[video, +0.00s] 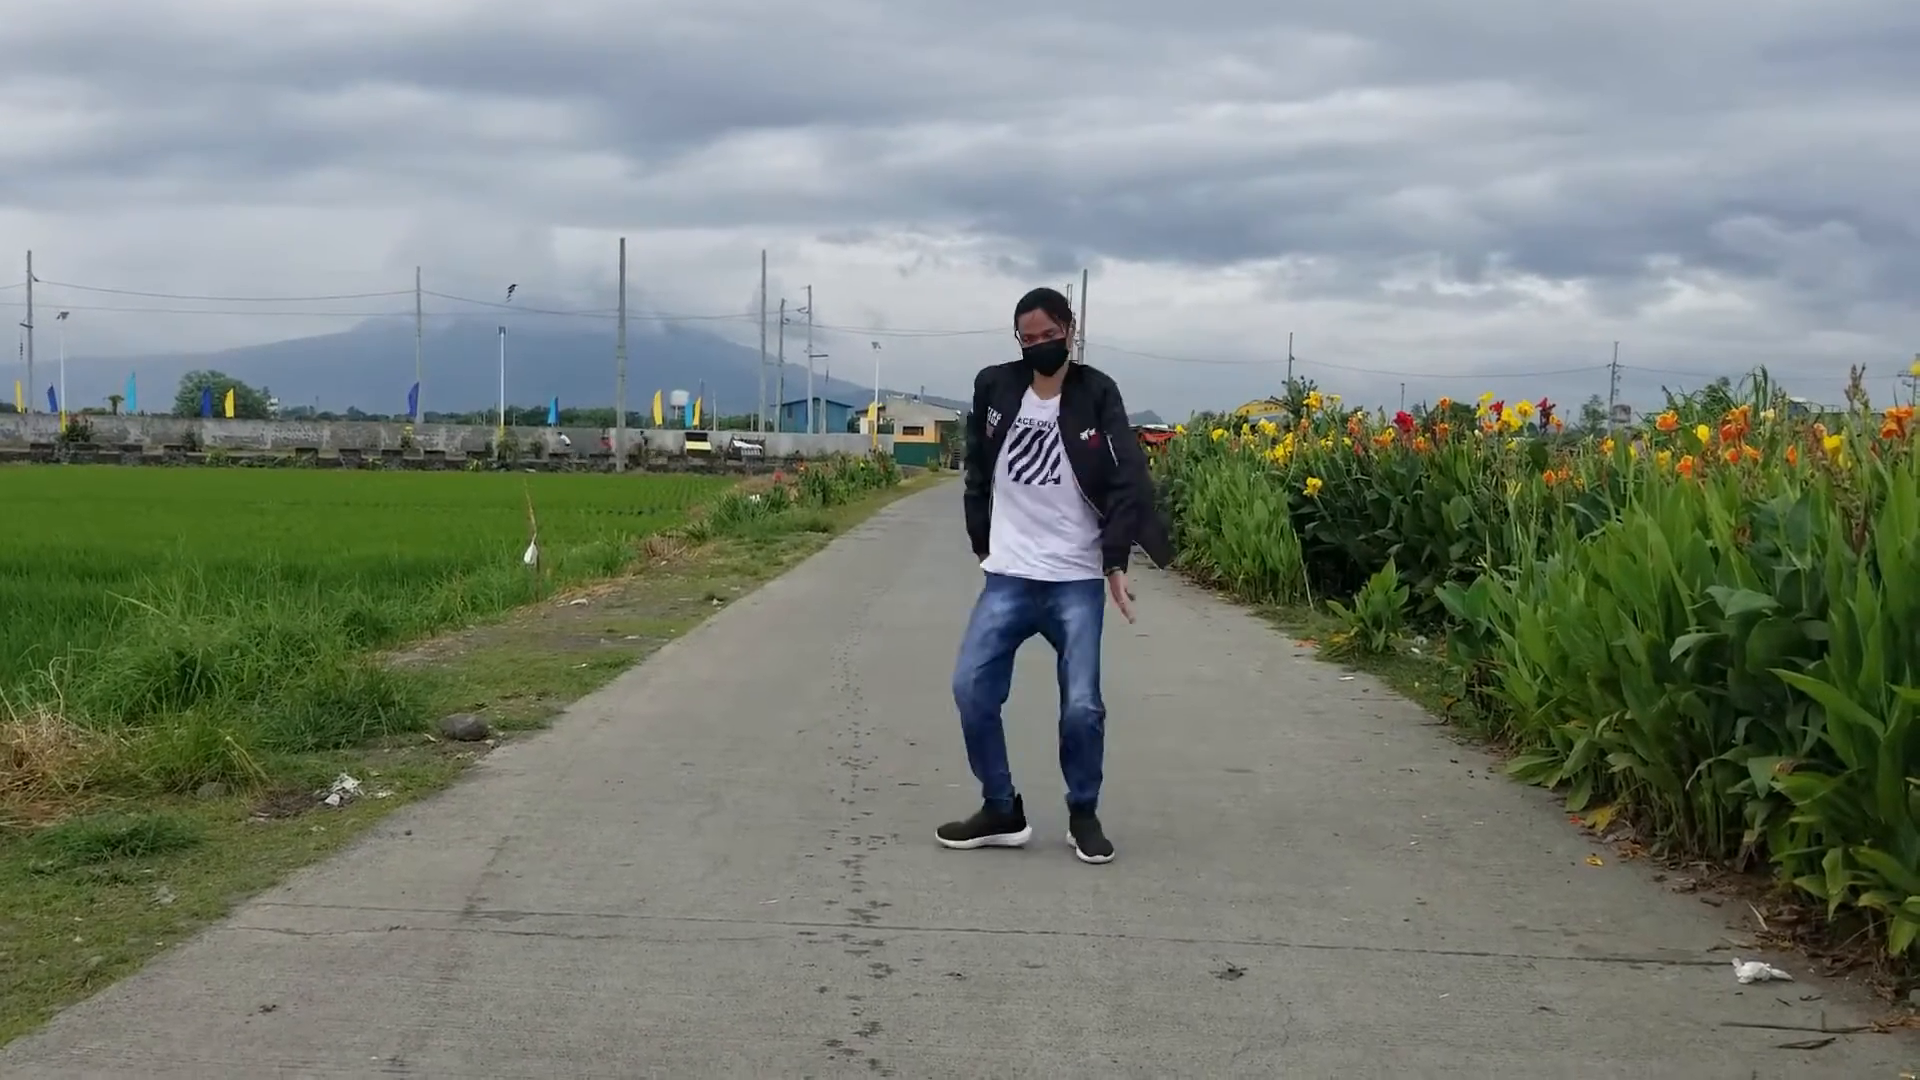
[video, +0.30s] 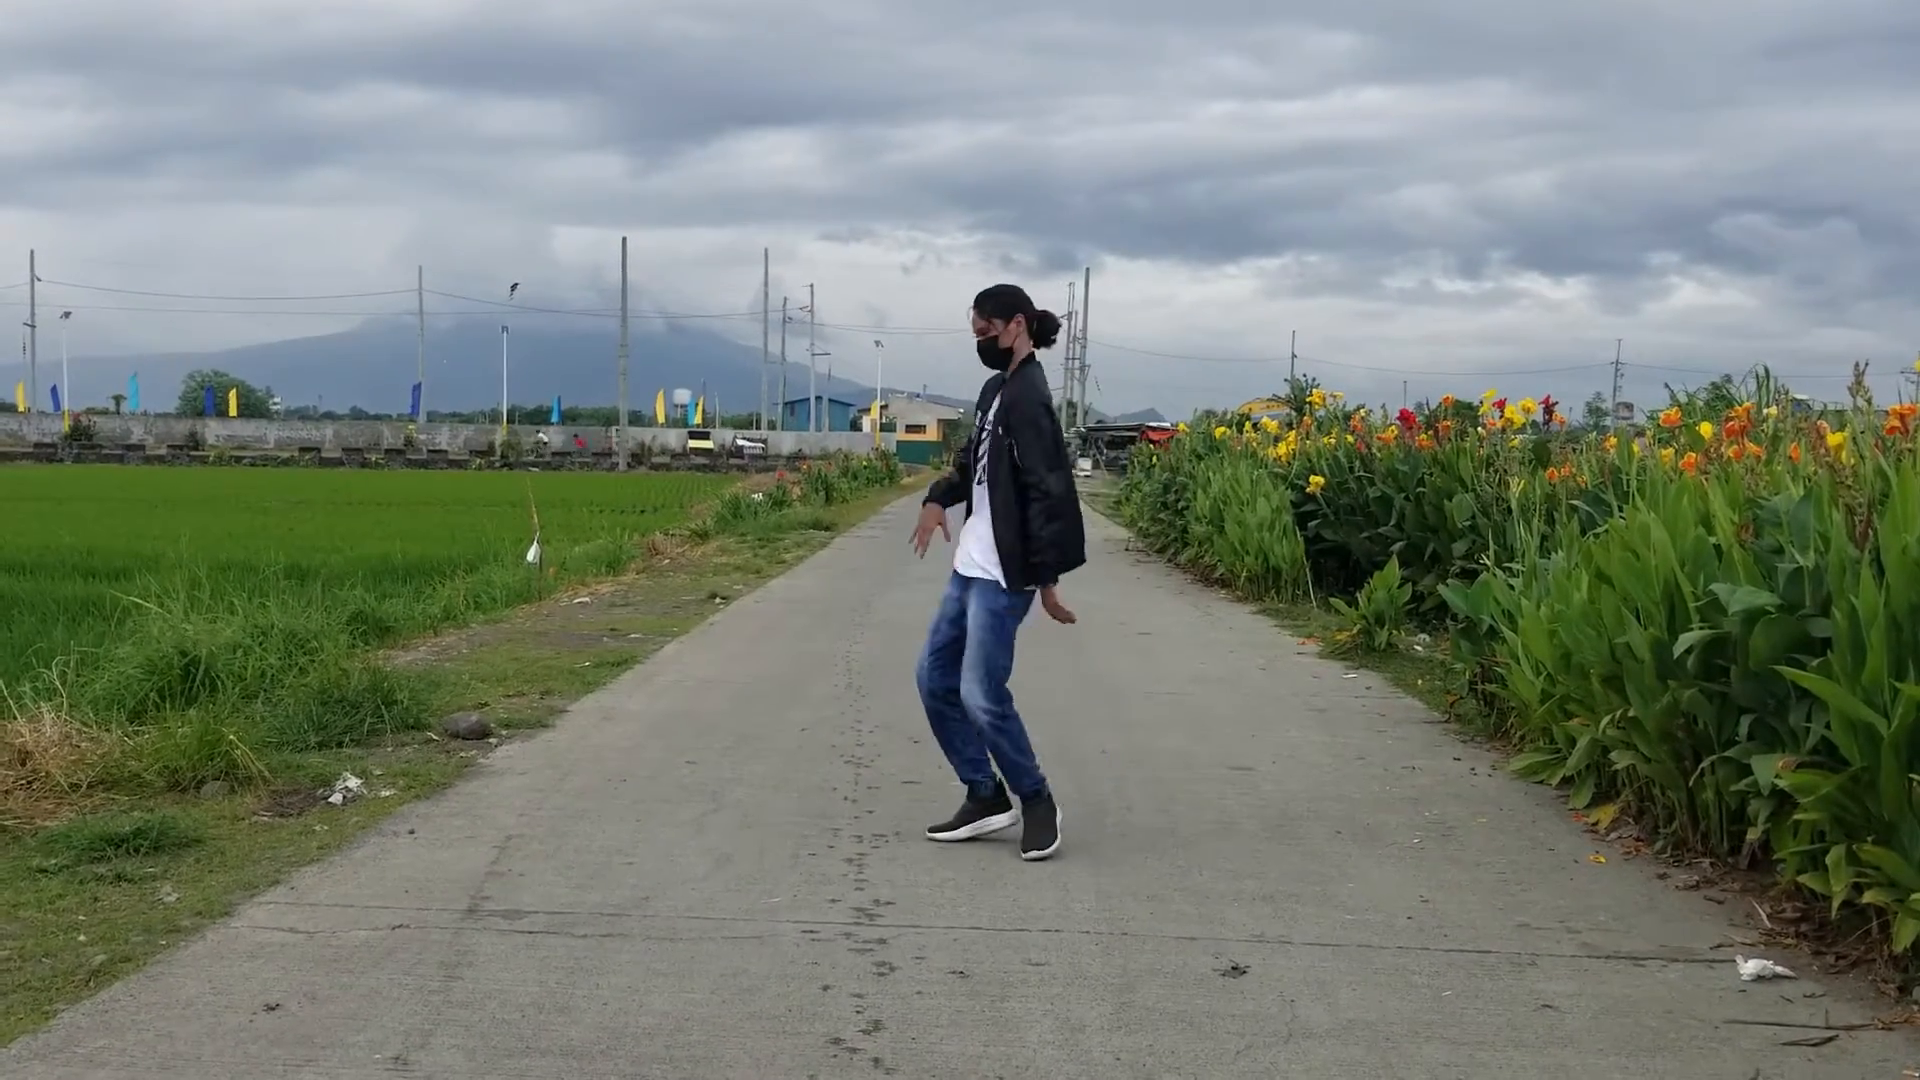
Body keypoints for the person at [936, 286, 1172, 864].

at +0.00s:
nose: (1039, 347)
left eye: (1048, 336)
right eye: (1029, 339)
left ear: (1069, 332)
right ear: (1017, 341)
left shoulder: (1097, 392)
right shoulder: (996, 386)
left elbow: (1129, 479)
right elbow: (977, 470)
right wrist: (984, 546)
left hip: (1077, 576)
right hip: (1008, 572)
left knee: (1082, 706)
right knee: (971, 687)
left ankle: (1084, 814)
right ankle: (1002, 810)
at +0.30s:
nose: (978, 336)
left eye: (985, 327)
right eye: (976, 328)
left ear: (1017, 326)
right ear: (1002, 328)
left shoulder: (1027, 394)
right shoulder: (997, 387)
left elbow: (1049, 488)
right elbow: (977, 463)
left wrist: (1046, 581)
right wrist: (938, 496)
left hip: (1002, 573)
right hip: (968, 563)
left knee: (981, 693)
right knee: (935, 680)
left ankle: (1036, 801)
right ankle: (986, 796)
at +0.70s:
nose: (952, 317)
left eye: (960, 308)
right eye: (951, 309)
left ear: (992, 314)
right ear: (985, 315)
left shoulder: (998, 376)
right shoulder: (986, 373)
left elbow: (986, 475)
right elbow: (966, 457)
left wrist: (950, 554)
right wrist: (950, 405)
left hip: (998, 555)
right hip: (982, 554)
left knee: (971, 686)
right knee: (954, 682)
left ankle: (1009, 822)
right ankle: (986, 804)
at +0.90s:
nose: (975, 315)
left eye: (983, 305)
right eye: (970, 308)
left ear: (1015, 303)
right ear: (978, 311)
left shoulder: (1040, 375)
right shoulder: (989, 376)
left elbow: (1047, 465)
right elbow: (944, 448)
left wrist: (967, 480)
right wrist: (970, 405)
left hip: (1013, 557)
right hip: (971, 553)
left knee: (984, 684)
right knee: (954, 678)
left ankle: (999, 816)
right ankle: (1010, 794)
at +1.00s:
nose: (994, 329)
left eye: (1002, 318)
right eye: (987, 320)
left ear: (1033, 307)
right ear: (985, 316)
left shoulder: (1071, 377)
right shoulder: (982, 368)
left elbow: (1103, 451)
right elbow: (937, 417)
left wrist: (1034, 450)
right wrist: (991, 433)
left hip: (1023, 550)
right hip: (975, 543)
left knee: (976, 677)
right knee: (991, 676)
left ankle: (985, 806)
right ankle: (1034, 798)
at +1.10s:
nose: (1022, 331)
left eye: (1031, 320)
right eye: (1013, 320)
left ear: (1052, 311)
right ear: (1000, 314)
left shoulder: (1087, 374)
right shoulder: (984, 361)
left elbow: (1146, 432)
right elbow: (960, 422)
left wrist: (1092, 417)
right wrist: (1035, 456)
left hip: (1049, 548)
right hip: (992, 543)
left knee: (1021, 677)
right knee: (998, 677)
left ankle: (1019, 808)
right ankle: (1040, 798)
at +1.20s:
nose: (1046, 348)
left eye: (1056, 337)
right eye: (1035, 337)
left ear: (1073, 323)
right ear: (1018, 323)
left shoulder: (1100, 375)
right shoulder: (996, 370)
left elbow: (1172, 430)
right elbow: (998, 450)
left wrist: (1119, 418)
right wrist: (1072, 484)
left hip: (1079, 556)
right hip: (1013, 553)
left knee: (1087, 678)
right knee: (990, 674)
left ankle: (1105, 809)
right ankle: (1037, 798)